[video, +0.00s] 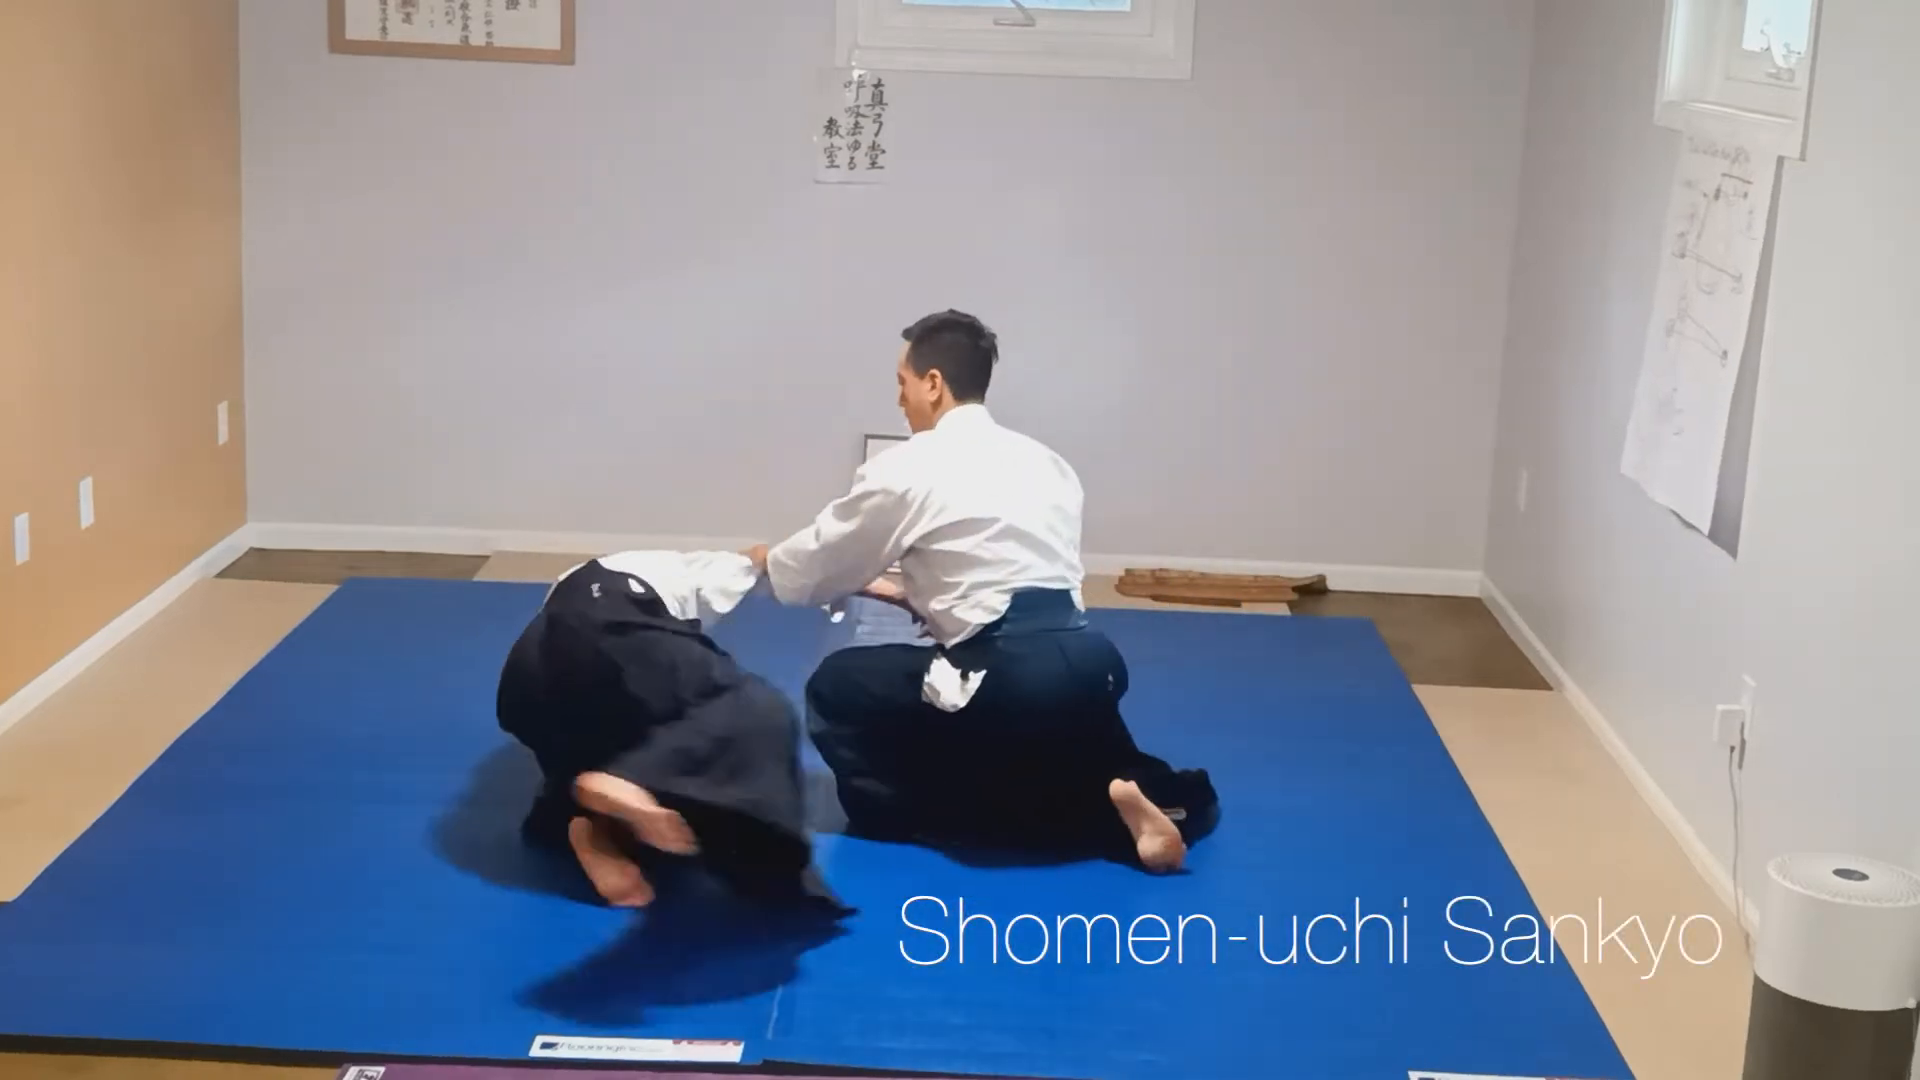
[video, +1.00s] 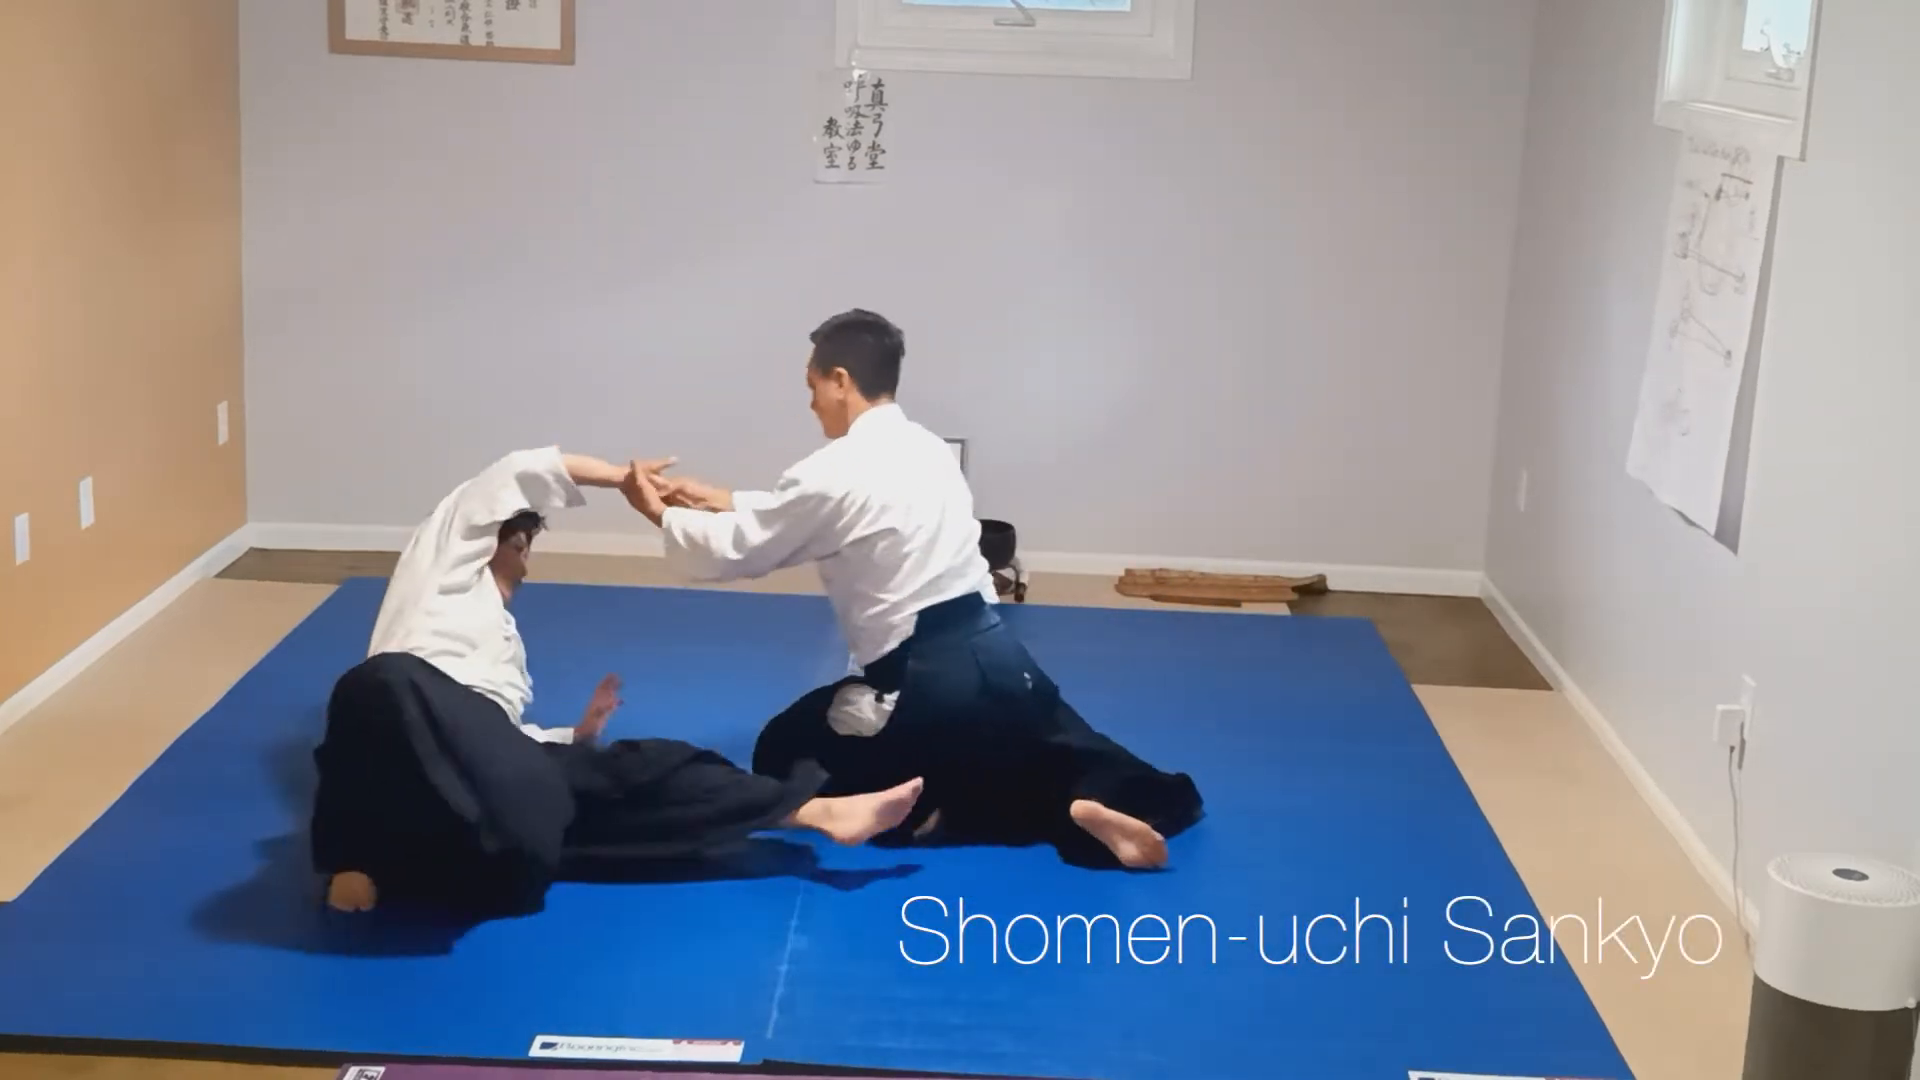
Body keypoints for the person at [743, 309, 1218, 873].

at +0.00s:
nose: (900, 398)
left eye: (903, 383)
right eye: (900, 383)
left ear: (933, 384)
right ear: (977, 387)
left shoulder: (907, 469)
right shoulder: (1051, 464)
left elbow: (809, 568)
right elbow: (1011, 586)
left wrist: (769, 561)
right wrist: (904, 590)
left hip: (997, 675)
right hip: (1089, 664)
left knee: (835, 684)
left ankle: (893, 807)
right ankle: (1151, 802)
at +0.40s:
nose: (870, 399)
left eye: (874, 384)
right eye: (871, 384)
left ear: (902, 387)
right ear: (946, 388)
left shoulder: (882, 477)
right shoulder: (1013, 465)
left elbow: (779, 544)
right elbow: (984, 560)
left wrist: (711, 522)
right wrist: (883, 570)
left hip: (966, 688)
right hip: (1058, 675)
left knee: (813, 706)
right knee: (1109, 765)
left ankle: (922, 816)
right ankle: (1129, 804)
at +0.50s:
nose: (869, 401)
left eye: (871, 386)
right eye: (871, 385)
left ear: (895, 385)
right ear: (947, 387)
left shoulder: (880, 473)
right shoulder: (1005, 466)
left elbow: (768, 529)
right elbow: (960, 557)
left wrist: (686, 511)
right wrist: (870, 564)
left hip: (966, 693)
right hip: (1060, 680)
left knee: (810, 705)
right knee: (1098, 766)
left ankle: (920, 810)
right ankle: (1135, 800)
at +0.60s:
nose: (864, 397)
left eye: (866, 383)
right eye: (867, 382)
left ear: (889, 384)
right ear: (940, 388)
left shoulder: (872, 472)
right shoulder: (990, 461)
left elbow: (758, 520)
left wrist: (662, 505)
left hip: (966, 694)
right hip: (1058, 679)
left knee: (809, 708)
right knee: (1101, 761)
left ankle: (923, 807)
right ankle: (1132, 795)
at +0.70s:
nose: (856, 399)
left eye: (858, 384)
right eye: (859, 384)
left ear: (881, 386)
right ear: (934, 389)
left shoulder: (867, 474)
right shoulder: (977, 459)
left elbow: (747, 526)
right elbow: (854, 546)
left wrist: (658, 509)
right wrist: (761, 505)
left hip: (961, 698)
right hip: (1054, 680)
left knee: (804, 714)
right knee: (1103, 760)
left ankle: (923, 810)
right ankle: (1126, 797)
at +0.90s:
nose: (836, 404)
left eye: (837, 389)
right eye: (837, 389)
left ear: (862, 388)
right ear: (909, 391)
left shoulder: (854, 480)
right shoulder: (950, 457)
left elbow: (754, 554)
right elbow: (834, 520)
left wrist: (678, 532)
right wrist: (739, 506)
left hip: (939, 693)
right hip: (1028, 682)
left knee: (788, 739)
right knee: (1097, 763)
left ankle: (918, 808)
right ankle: (1111, 804)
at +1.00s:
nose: (815, 405)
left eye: (814, 389)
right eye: (814, 388)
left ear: (837, 384)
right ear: (886, 384)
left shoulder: (833, 475)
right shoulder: (935, 452)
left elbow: (732, 547)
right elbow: (821, 512)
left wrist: (657, 512)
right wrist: (722, 499)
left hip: (917, 689)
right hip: (1009, 679)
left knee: (781, 753)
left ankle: (883, 796)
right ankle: (1082, 809)